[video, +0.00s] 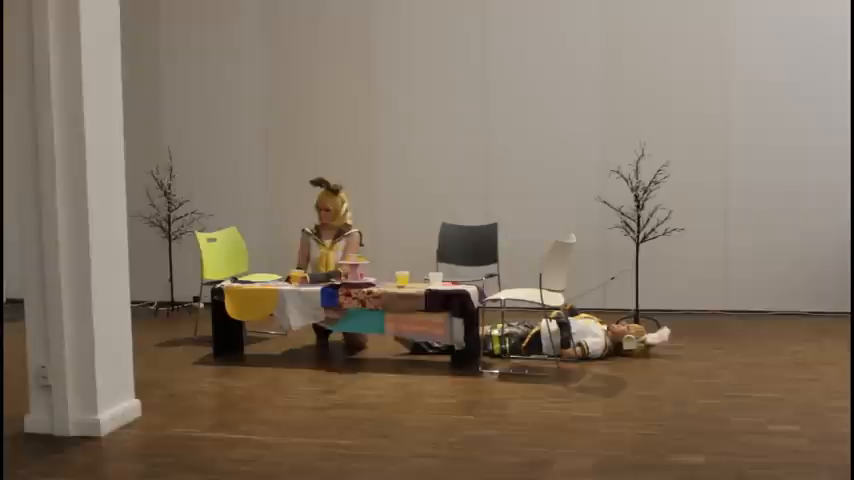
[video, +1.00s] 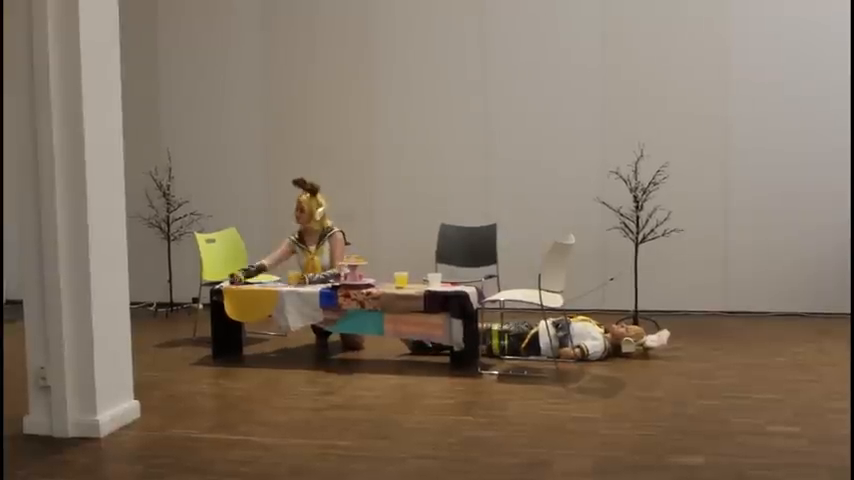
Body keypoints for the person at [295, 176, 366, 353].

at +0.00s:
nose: (322, 215)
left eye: (327, 210)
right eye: (319, 209)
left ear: (340, 211)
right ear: (315, 209)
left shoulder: (351, 234)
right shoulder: (309, 234)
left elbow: (345, 271)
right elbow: (301, 268)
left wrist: (311, 278)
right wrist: (296, 278)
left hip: (343, 291)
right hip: (315, 291)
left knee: (357, 343)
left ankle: (351, 337)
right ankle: (321, 338)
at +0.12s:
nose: (316, 214)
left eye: (322, 209)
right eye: (313, 208)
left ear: (334, 210)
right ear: (310, 208)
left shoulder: (346, 233)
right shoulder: (304, 235)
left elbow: (341, 269)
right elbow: (298, 270)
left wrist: (308, 278)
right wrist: (294, 279)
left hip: (340, 292)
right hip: (314, 292)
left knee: (358, 342)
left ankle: (351, 336)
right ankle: (321, 338)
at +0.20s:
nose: (313, 214)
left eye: (319, 209)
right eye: (310, 209)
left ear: (332, 210)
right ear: (306, 209)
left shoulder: (343, 233)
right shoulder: (302, 236)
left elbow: (338, 270)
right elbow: (297, 274)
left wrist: (307, 278)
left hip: (338, 291)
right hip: (312, 293)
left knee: (358, 342)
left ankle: (350, 336)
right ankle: (321, 337)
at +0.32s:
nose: (310, 212)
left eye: (316, 208)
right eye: (307, 207)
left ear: (329, 209)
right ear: (304, 208)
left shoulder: (340, 231)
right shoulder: (300, 235)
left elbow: (336, 263)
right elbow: (296, 269)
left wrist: (310, 277)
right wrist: (297, 279)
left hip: (337, 289)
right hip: (311, 291)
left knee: (356, 342)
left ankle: (348, 336)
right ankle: (321, 337)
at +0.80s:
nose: (302, 208)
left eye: (307, 204)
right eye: (302, 204)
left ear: (321, 206)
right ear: (301, 205)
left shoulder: (336, 232)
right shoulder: (298, 234)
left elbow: (337, 266)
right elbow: (291, 269)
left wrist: (314, 278)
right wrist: (273, 273)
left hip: (332, 290)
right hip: (306, 292)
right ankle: (321, 335)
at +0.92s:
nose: (298, 213)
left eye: (303, 209)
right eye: (298, 208)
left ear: (317, 211)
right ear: (297, 209)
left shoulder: (335, 235)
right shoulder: (298, 238)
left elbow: (339, 270)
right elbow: (276, 265)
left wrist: (309, 278)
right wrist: (251, 272)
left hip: (336, 291)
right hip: (309, 293)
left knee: (353, 344)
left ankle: (347, 333)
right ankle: (321, 337)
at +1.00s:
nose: (296, 215)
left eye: (301, 211)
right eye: (296, 210)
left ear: (315, 213)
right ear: (296, 211)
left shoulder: (334, 236)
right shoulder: (296, 240)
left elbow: (338, 270)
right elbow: (271, 261)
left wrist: (308, 279)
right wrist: (246, 273)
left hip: (338, 295)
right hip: (312, 298)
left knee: (354, 343)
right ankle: (321, 338)